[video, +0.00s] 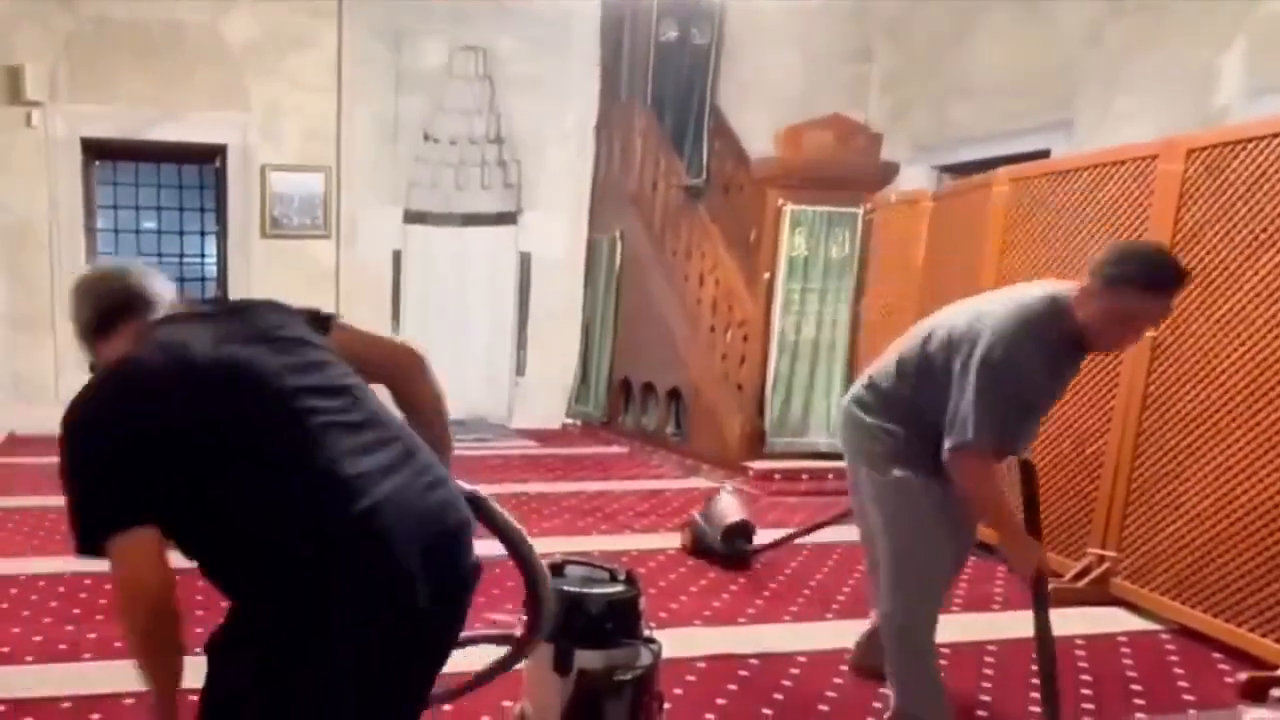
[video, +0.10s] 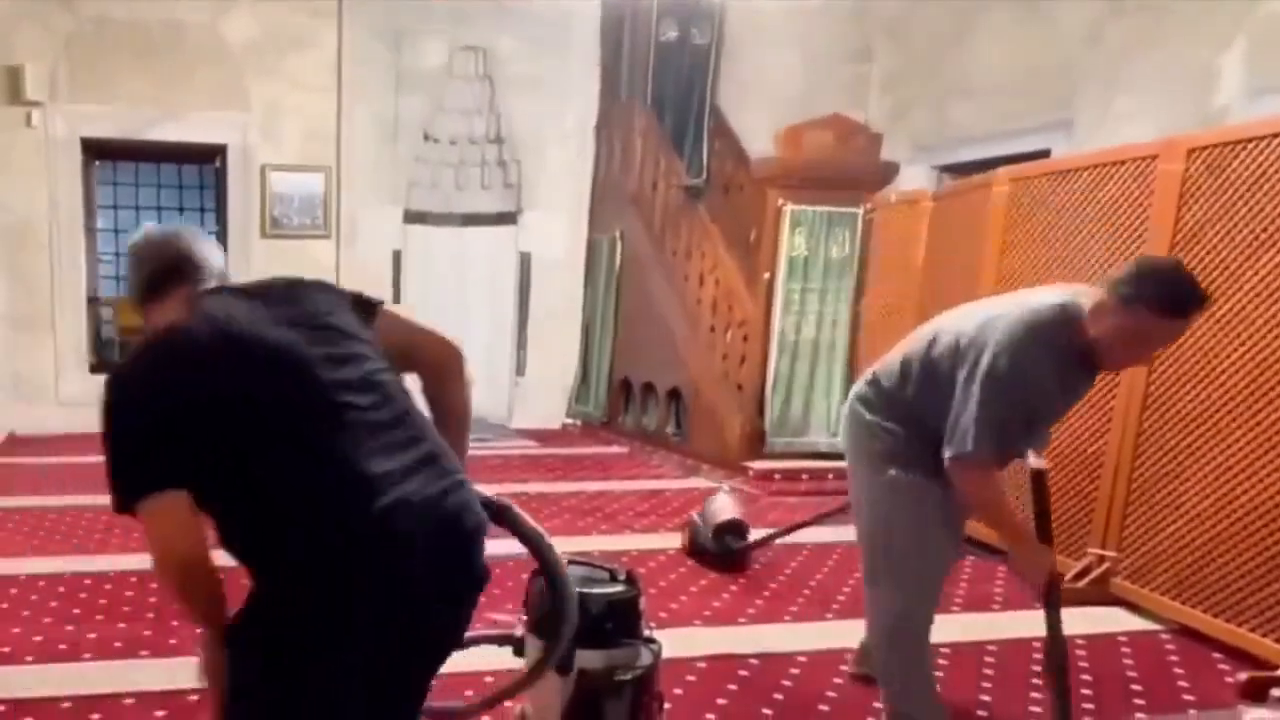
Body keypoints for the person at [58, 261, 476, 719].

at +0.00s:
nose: (103, 369)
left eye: (95, 360)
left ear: (97, 347)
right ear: (172, 301)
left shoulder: (102, 410)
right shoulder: (256, 316)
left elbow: (148, 593)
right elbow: (405, 363)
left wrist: (165, 703)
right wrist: (436, 484)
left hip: (324, 585)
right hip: (440, 543)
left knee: (237, 705)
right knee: (380, 705)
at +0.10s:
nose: (149, 329)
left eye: (143, 317)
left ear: (143, 306)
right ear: (217, 274)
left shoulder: (143, 378)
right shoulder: (303, 296)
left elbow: (181, 557)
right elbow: (441, 358)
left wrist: (217, 630)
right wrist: (448, 479)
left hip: (334, 572)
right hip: (450, 537)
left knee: (251, 700)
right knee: (383, 701)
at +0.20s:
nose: (187, 303)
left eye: (184, 292)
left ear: (184, 279)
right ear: (259, 252)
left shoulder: (183, 349)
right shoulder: (344, 277)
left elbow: (206, 523)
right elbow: (470, 343)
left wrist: (262, 589)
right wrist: (452, 462)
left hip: (338, 556)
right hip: (459, 530)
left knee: (263, 710)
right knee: (396, 705)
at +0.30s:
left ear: (207, 262)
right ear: (281, 232)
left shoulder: (202, 336)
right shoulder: (367, 264)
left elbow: (242, 516)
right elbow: (486, 333)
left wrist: (291, 549)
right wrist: (445, 436)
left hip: (334, 541)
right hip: (463, 516)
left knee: (238, 708)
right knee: (412, 703)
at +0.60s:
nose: (197, 271)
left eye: (194, 256)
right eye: (194, 257)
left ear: (210, 242)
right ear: (274, 227)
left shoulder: (203, 326)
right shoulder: (364, 257)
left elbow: (231, 485)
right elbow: (490, 283)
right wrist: (445, 391)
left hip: (308, 539)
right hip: (434, 525)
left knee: (240, 708)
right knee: (409, 706)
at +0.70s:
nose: (177, 275)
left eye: (173, 259)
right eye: (172, 261)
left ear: (190, 242)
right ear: (247, 229)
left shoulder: (185, 326)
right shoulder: (340, 260)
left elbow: (205, 484)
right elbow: (468, 296)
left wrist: (273, 503)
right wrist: (421, 401)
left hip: (289, 544)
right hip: (407, 532)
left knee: (240, 707)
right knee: (394, 706)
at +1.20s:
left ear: (8, 321)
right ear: (53, 301)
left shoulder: (25, 384)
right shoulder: (141, 321)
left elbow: (4, 531)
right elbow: (198, 492)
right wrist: (89, 561)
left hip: (196, 530)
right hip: (299, 499)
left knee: (157, 704)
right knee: (334, 695)